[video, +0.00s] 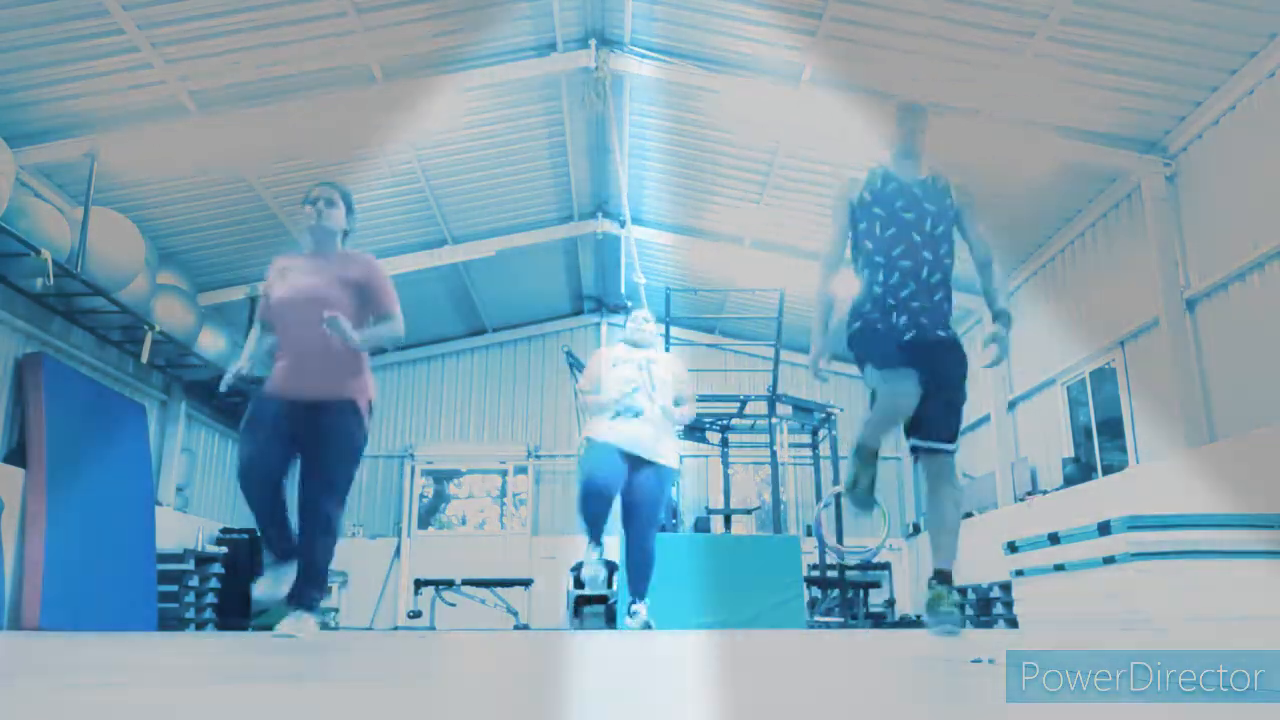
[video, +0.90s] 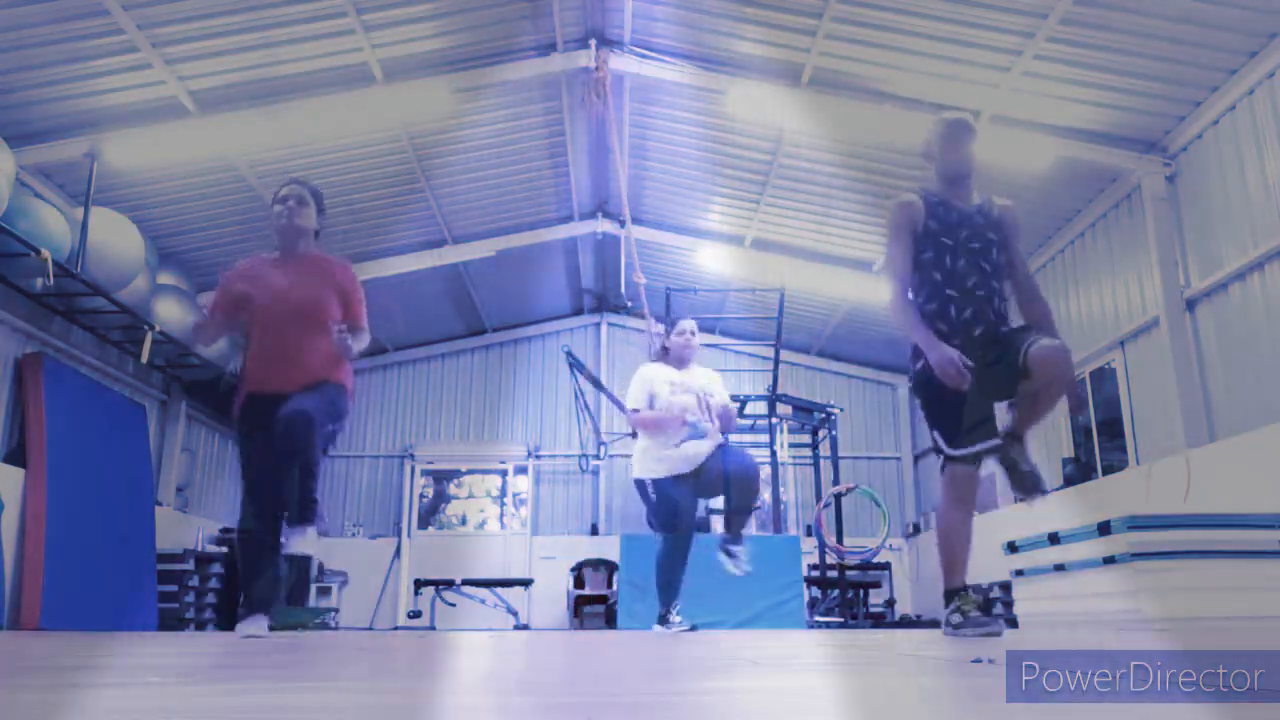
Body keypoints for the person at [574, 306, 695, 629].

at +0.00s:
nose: (642, 325)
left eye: (648, 321)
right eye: (636, 321)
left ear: (657, 331)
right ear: (624, 328)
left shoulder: (672, 363)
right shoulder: (604, 357)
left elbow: (689, 410)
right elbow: (582, 401)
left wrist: (671, 412)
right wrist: (614, 399)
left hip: (655, 447)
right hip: (608, 439)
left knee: (642, 527)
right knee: (599, 483)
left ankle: (637, 604)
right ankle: (594, 543)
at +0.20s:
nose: (650, 338)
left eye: (656, 333)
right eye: (645, 333)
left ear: (665, 340)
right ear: (635, 338)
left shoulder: (677, 378)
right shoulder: (618, 371)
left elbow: (695, 427)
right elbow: (597, 408)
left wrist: (677, 405)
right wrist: (623, 393)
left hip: (658, 455)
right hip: (614, 444)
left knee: (646, 533)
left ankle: (638, 604)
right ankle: (634, 536)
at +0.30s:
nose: (656, 329)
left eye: (661, 324)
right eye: (650, 324)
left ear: (669, 332)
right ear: (640, 333)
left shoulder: (687, 369)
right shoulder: (622, 362)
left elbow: (703, 415)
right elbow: (595, 401)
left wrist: (678, 411)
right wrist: (625, 397)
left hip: (664, 456)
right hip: (618, 445)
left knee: (644, 526)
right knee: (651, 485)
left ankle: (631, 605)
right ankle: (656, 568)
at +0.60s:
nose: (667, 337)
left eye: (672, 332)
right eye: (660, 333)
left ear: (679, 341)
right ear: (649, 341)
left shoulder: (695, 376)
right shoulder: (635, 375)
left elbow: (715, 422)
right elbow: (619, 419)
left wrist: (699, 414)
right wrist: (653, 409)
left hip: (689, 468)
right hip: (645, 466)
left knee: (688, 533)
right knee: (670, 526)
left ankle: (630, 593)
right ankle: (664, 610)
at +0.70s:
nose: (675, 323)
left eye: (680, 318)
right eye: (667, 319)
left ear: (687, 327)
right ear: (654, 327)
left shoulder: (702, 360)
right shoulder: (638, 359)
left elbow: (720, 409)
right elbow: (624, 403)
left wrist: (703, 398)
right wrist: (666, 400)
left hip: (696, 453)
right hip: (647, 454)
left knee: (713, 515)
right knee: (669, 518)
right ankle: (665, 605)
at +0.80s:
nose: (681, 328)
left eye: (686, 323)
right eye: (673, 324)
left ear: (693, 330)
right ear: (660, 331)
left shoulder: (706, 362)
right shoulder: (645, 361)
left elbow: (724, 414)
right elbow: (627, 407)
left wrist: (715, 405)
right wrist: (666, 405)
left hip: (700, 451)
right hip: (653, 457)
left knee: (737, 478)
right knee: (675, 528)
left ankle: (695, 534)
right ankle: (665, 611)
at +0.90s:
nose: (690, 339)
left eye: (694, 334)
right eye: (682, 333)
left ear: (699, 341)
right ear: (667, 341)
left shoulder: (708, 377)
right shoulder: (649, 373)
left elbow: (729, 426)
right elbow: (635, 417)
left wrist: (725, 411)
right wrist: (676, 418)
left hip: (702, 458)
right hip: (659, 467)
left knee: (744, 467)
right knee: (679, 530)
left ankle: (732, 542)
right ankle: (667, 613)